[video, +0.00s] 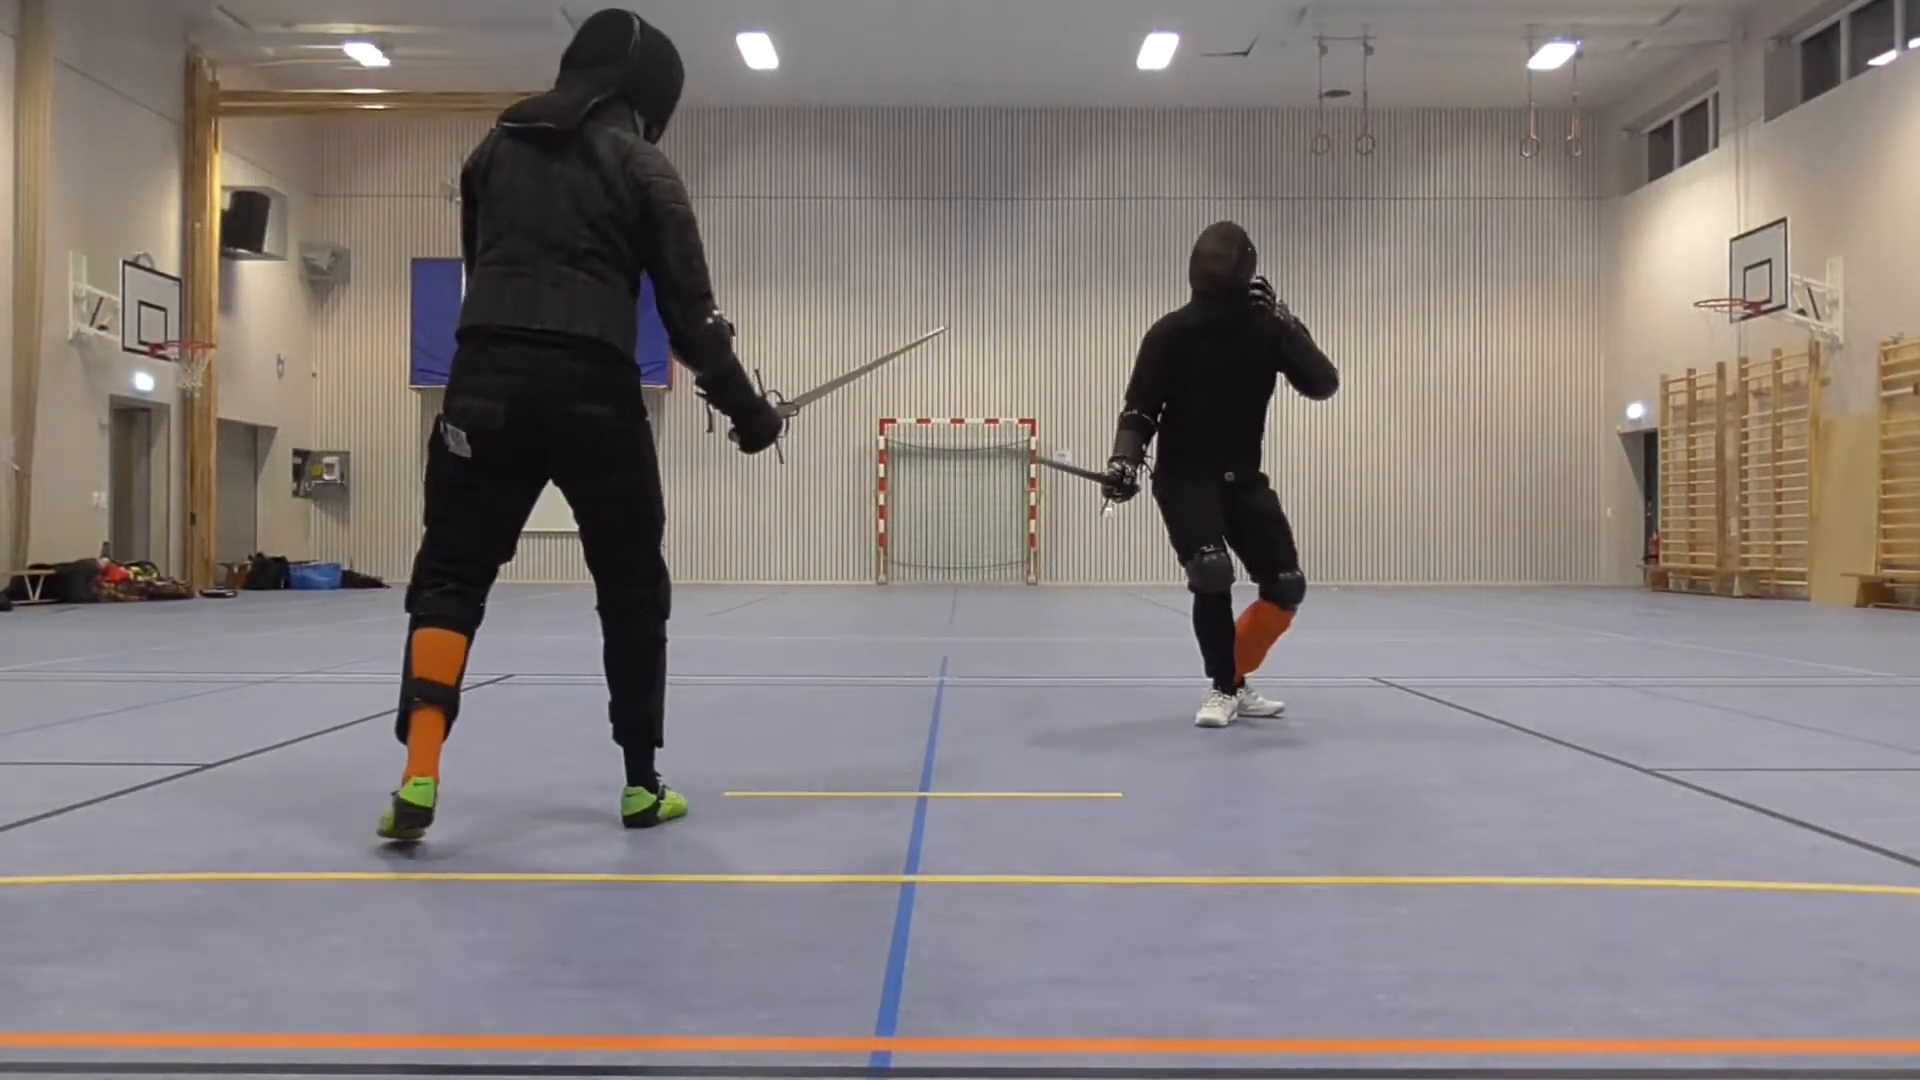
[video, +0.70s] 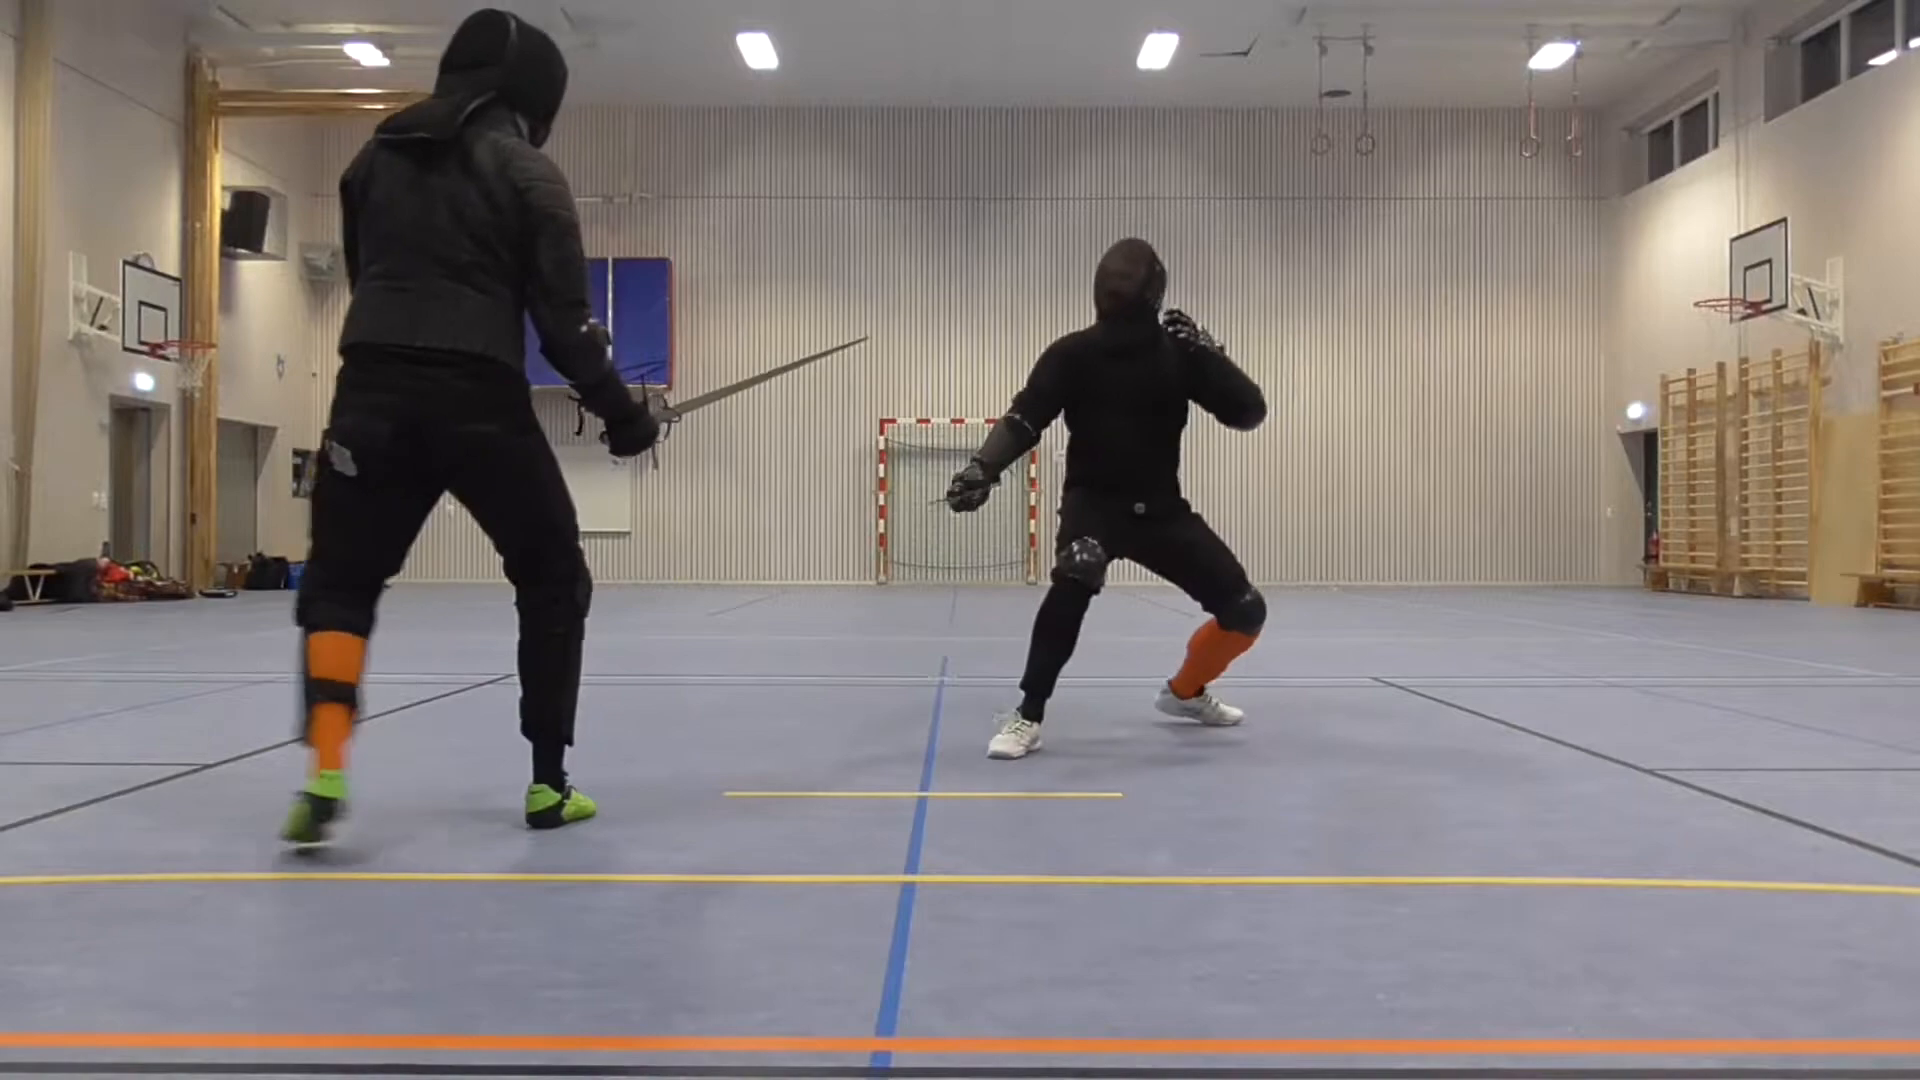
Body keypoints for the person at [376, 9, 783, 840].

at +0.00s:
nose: (664, 118)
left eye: (665, 104)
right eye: (664, 103)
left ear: (576, 76)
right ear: (643, 92)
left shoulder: (494, 151)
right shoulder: (640, 164)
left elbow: (483, 267)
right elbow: (689, 313)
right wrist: (745, 404)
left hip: (486, 391)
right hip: (596, 398)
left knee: (451, 573)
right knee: (632, 584)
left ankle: (418, 775)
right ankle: (642, 785)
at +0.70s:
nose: (550, 115)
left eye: (550, 100)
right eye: (548, 100)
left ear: (456, 77)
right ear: (527, 92)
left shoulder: (373, 160)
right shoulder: (528, 173)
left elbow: (366, 277)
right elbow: (564, 326)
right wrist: (624, 414)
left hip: (373, 401)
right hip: (484, 407)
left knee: (342, 577)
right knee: (552, 578)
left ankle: (324, 776)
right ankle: (548, 783)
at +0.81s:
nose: (522, 123)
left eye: (523, 109)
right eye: (520, 108)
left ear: (427, 82)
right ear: (499, 99)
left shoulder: (345, 169)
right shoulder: (500, 183)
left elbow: (339, 279)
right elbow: (537, 332)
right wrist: (598, 419)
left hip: (345, 412)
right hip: (452, 419)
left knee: (300, 592)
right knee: (539, 583)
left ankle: (215, 778)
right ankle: (545, 785)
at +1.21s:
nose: (425, 100)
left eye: (426, 83)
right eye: (423, 82)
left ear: (326, 52)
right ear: (397, 71)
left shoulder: (235, 142)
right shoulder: (394, 157)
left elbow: (232, 268)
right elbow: (421, 317)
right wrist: (494, 409)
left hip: (233, 399)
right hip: (348, 406)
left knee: (216, 597)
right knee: (441, 583)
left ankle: (176, 827)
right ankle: (479, 788)